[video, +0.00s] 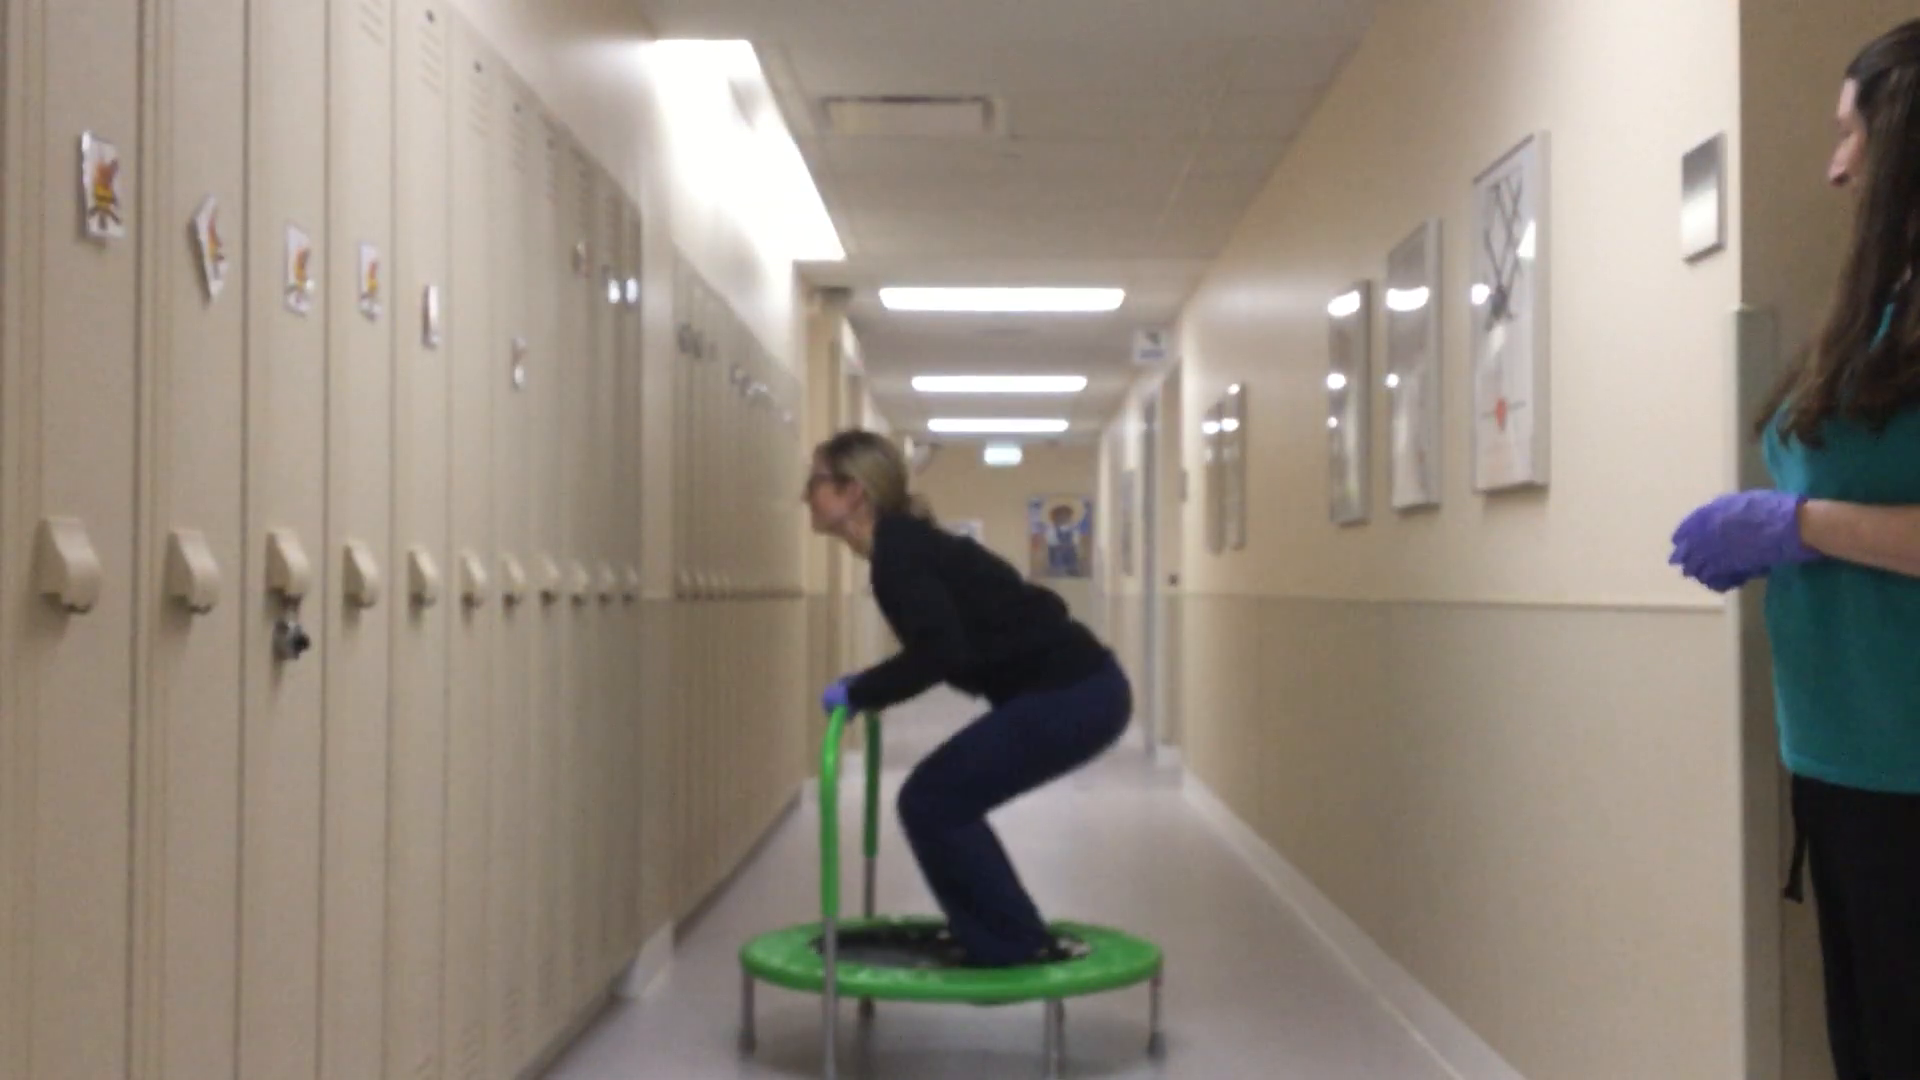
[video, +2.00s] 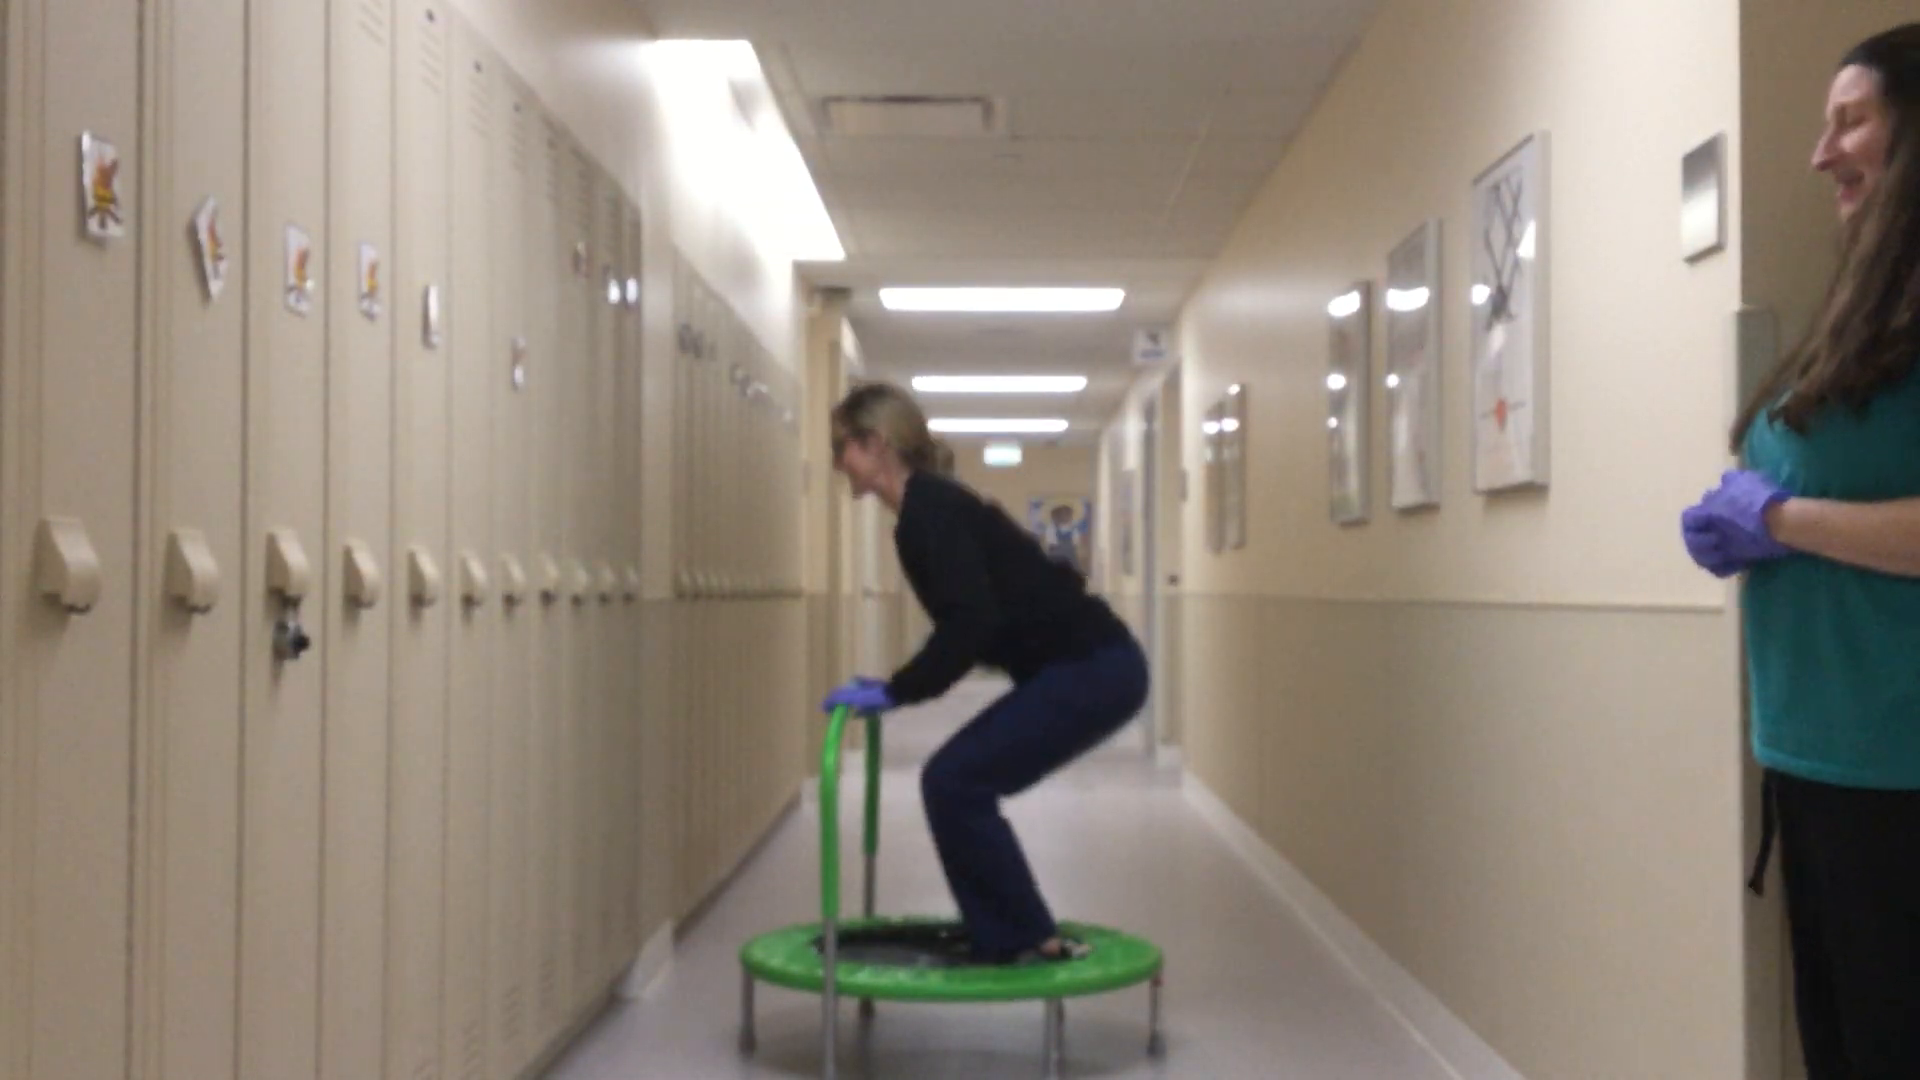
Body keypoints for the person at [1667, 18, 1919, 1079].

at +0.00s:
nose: (1836, 166)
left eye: (1853, 133)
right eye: (1840, 133)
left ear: (1904, 140)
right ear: (1884, 142)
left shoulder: (1907, 314)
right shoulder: (1871, 311)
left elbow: (1913, 530)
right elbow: (1867, 507)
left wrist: (1795, 520)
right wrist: (1771, 526)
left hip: (1899, 764)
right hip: (1837, 755)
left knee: (1894, 1040)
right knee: (1861, 1038)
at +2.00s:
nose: (1827, 151)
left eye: (1855, 121)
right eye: (1826, 126)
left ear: (1918, 135)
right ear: (1842, 142)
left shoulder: (1908, 311)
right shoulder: (1853, 310)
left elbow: (1914, 530)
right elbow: (1792, 465)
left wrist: (1780, 518)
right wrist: (1742, 508)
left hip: (1891, 758)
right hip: (1812, 751)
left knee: (1889, 1040)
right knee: (1835, 1037)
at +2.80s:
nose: (1870, 150)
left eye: (1899, 123)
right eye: (1848, 127)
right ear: (1824, 149)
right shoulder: (1829, 299)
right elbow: (1793, 461)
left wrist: (1796, 522)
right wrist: (1745, 490)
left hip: (1901, 737)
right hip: (1819, 729)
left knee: (1899, 1026)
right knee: (1857, 1027)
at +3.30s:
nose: (1890, 151)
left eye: (1911, 127)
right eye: (1871, 127)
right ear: (1845, 148)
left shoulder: (1919, 299)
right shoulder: (1845, 300)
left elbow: (1916, 519)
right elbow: (1798, 460)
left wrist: (1804, 521)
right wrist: (1755, 509)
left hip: (1901, 745)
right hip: (1824, 737)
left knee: (1899, 1032)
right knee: (1857, 1029)